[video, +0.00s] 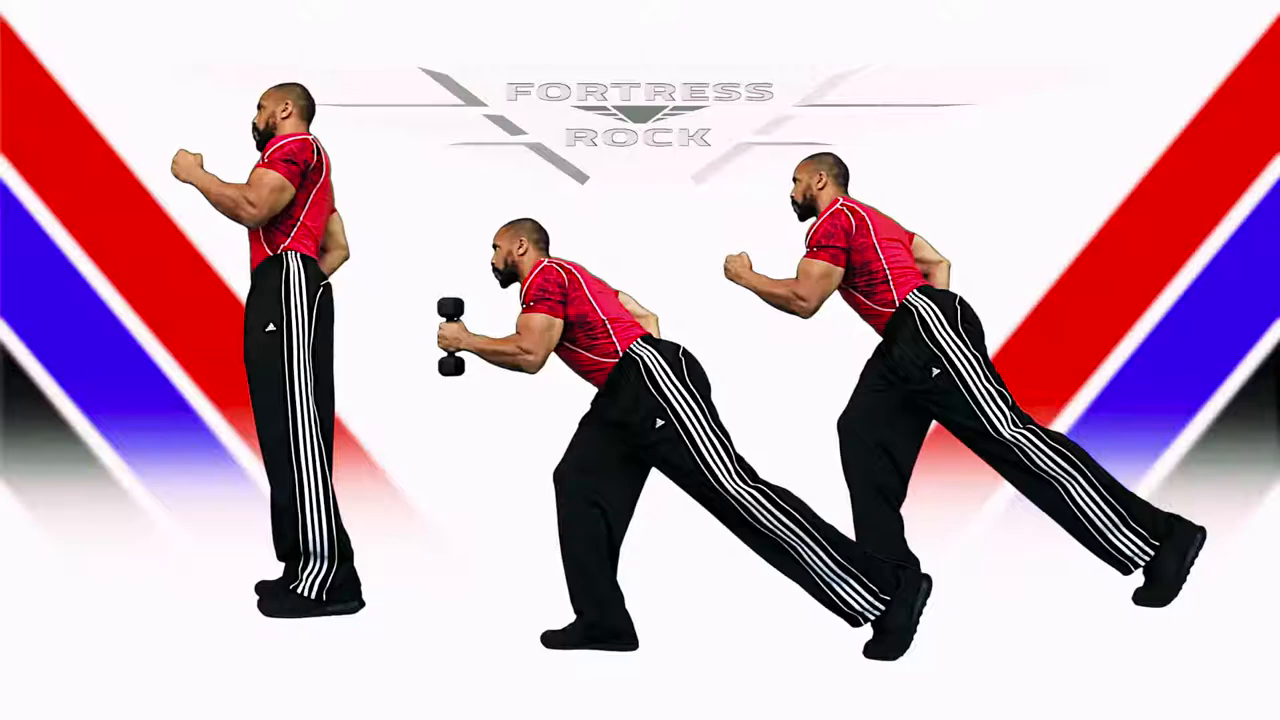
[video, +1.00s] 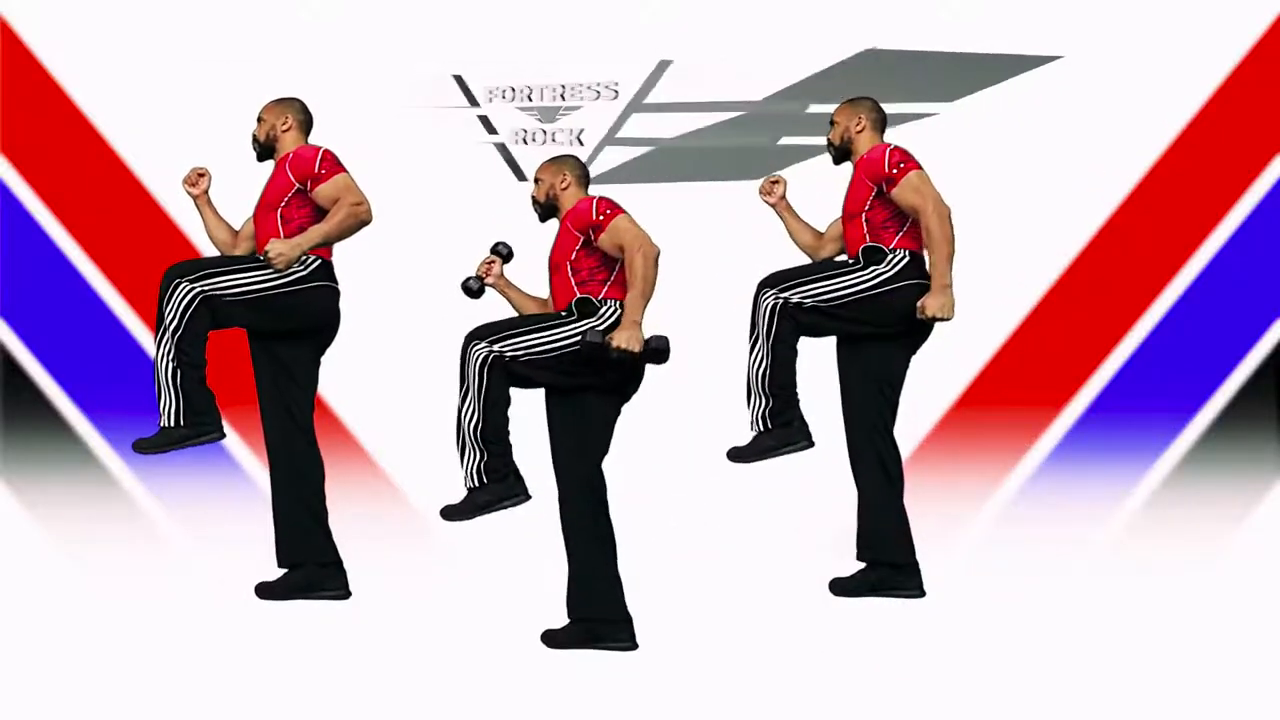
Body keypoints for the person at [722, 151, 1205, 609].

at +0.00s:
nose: (793, 190)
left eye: (800, 180)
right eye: (793, 182)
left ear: (826, 183)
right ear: (831, 188)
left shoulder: (836, 218)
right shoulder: (868, 221)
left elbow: (804, 298)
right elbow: (935, 263)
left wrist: (744, 277)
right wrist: (922, 335)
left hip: (926, 326)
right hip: (907, 344)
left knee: (1010, 438)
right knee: (862, 437)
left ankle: (1159, 541)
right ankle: (891, 577)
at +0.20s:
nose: (793, 190)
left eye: (799, 181)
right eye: (793, 182)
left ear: (825, 181)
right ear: (832, 185)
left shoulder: (835, 215)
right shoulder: (864, 219)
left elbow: (807, 294)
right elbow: (932, 266)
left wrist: (746, 278)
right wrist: (920, 334)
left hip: (923, 326)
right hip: (903, 344)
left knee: (1008, 438)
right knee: (859, 435)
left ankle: (1154, 539)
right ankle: (888, 563)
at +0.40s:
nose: (799, 163)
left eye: (805, 153)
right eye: (800, 155)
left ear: (829, 154)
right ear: (835, 156)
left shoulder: (849, 184)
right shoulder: (851, 202)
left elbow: (857, 256)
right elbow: (883, 284)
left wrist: (801, 307)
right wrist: (838, 318)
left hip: (912, 306)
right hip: (886, 322)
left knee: (915, 437)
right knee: (863, 438)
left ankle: (1052, 517)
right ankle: (889, 569)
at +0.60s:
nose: (817, 143)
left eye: (822, 133)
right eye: (818, 136)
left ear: (847, 131)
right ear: (850, 134)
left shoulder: (873, 162)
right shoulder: (853, 190)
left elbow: (916, 215)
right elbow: (830, 264)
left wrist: (913, 289)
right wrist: (780, 237)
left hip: (896, 285)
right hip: (903, 295)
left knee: (794, 344)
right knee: (877, 439)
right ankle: (893, 568)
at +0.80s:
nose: (825, 134)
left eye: (831, 124)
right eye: (826, 126)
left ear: (857, 123)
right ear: (857, 125)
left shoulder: (880, 156)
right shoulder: (861, 184)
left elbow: (931, 211)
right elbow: (822, 247)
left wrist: (933, 287)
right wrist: (782, 207)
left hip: (892, 273)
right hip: (888, 292)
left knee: (776, 290)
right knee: (871, 434)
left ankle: (790, 419)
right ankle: (892, 567)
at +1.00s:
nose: (828, 133)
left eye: (833, 123)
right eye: (829, 125)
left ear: (858, 123)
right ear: (860, 126)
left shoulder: (884, 156)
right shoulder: (864, 183)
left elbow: (934, 209)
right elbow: (822, 248)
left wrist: (940, 287)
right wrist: (782, 206)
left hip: (894, 274)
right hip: (890, 291)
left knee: (774, 294)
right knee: (868, 431)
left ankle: (781, 422)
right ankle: (891, 566)